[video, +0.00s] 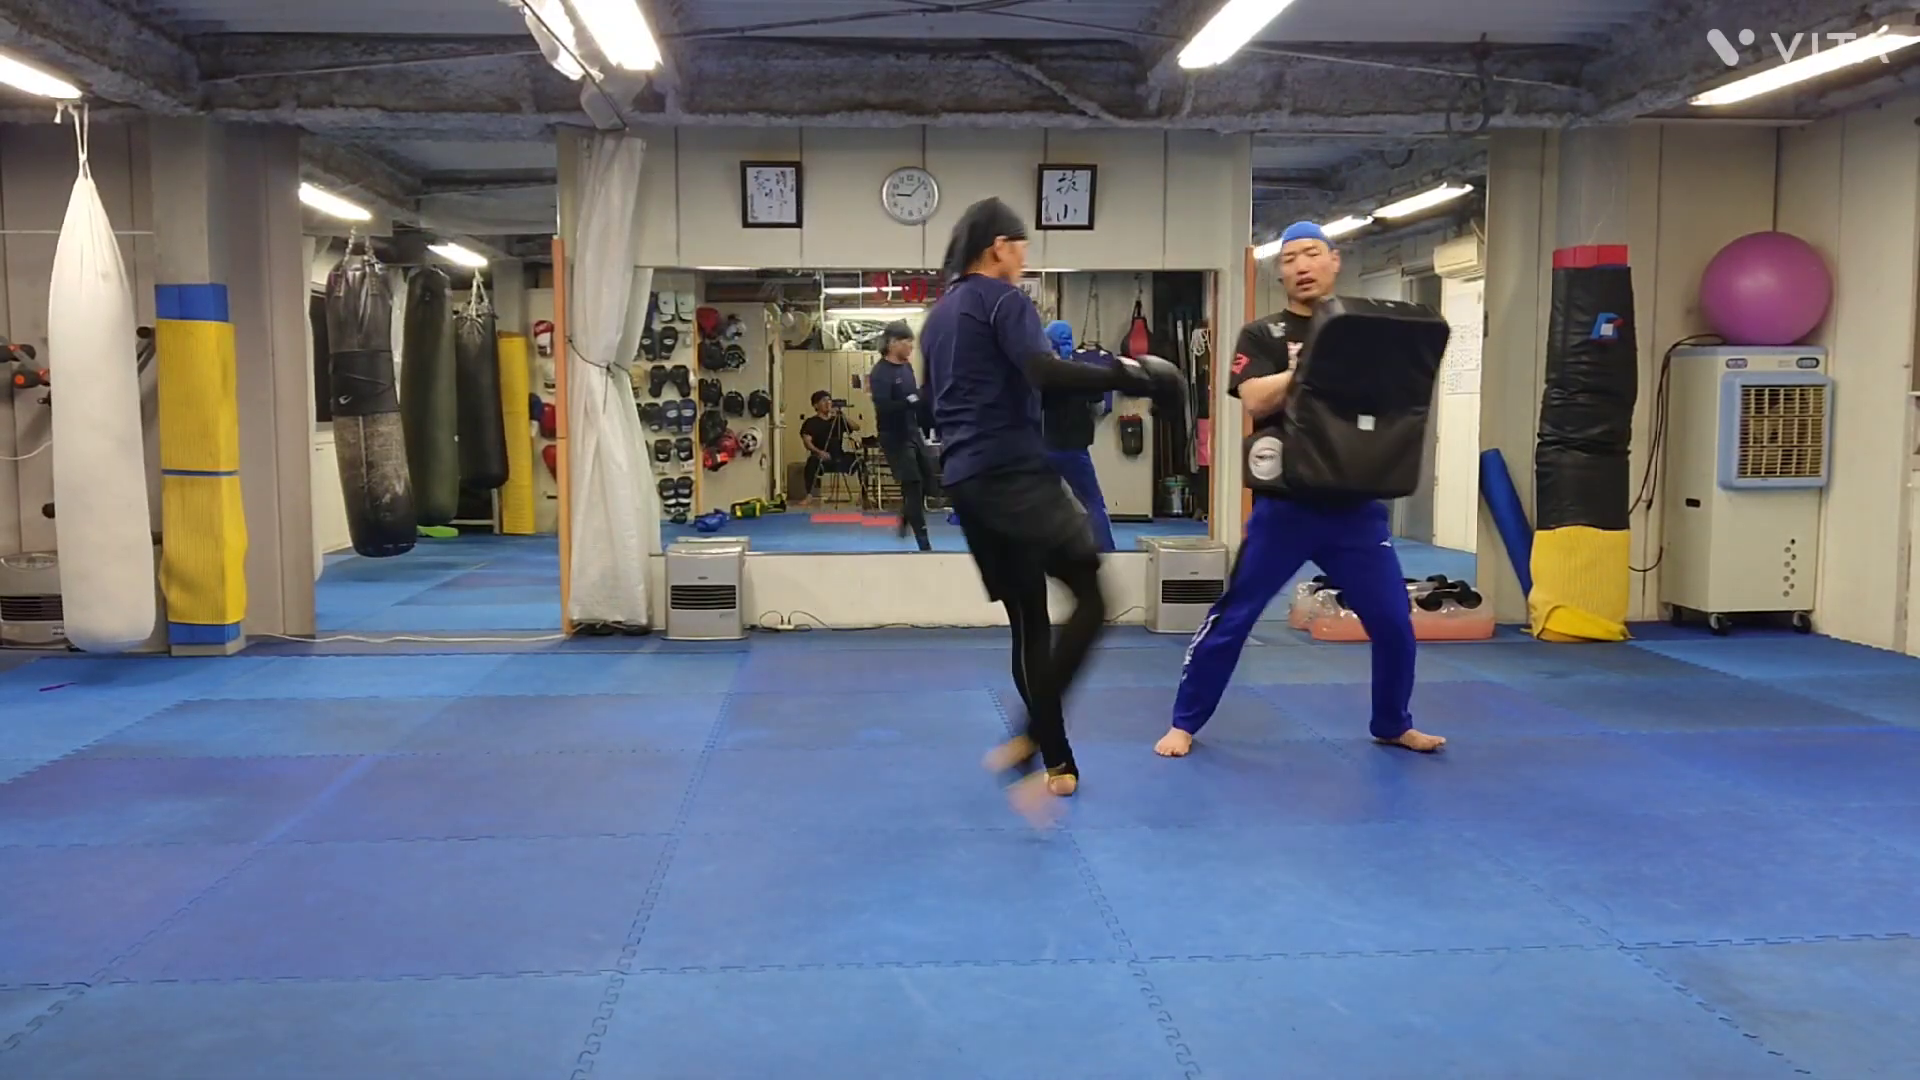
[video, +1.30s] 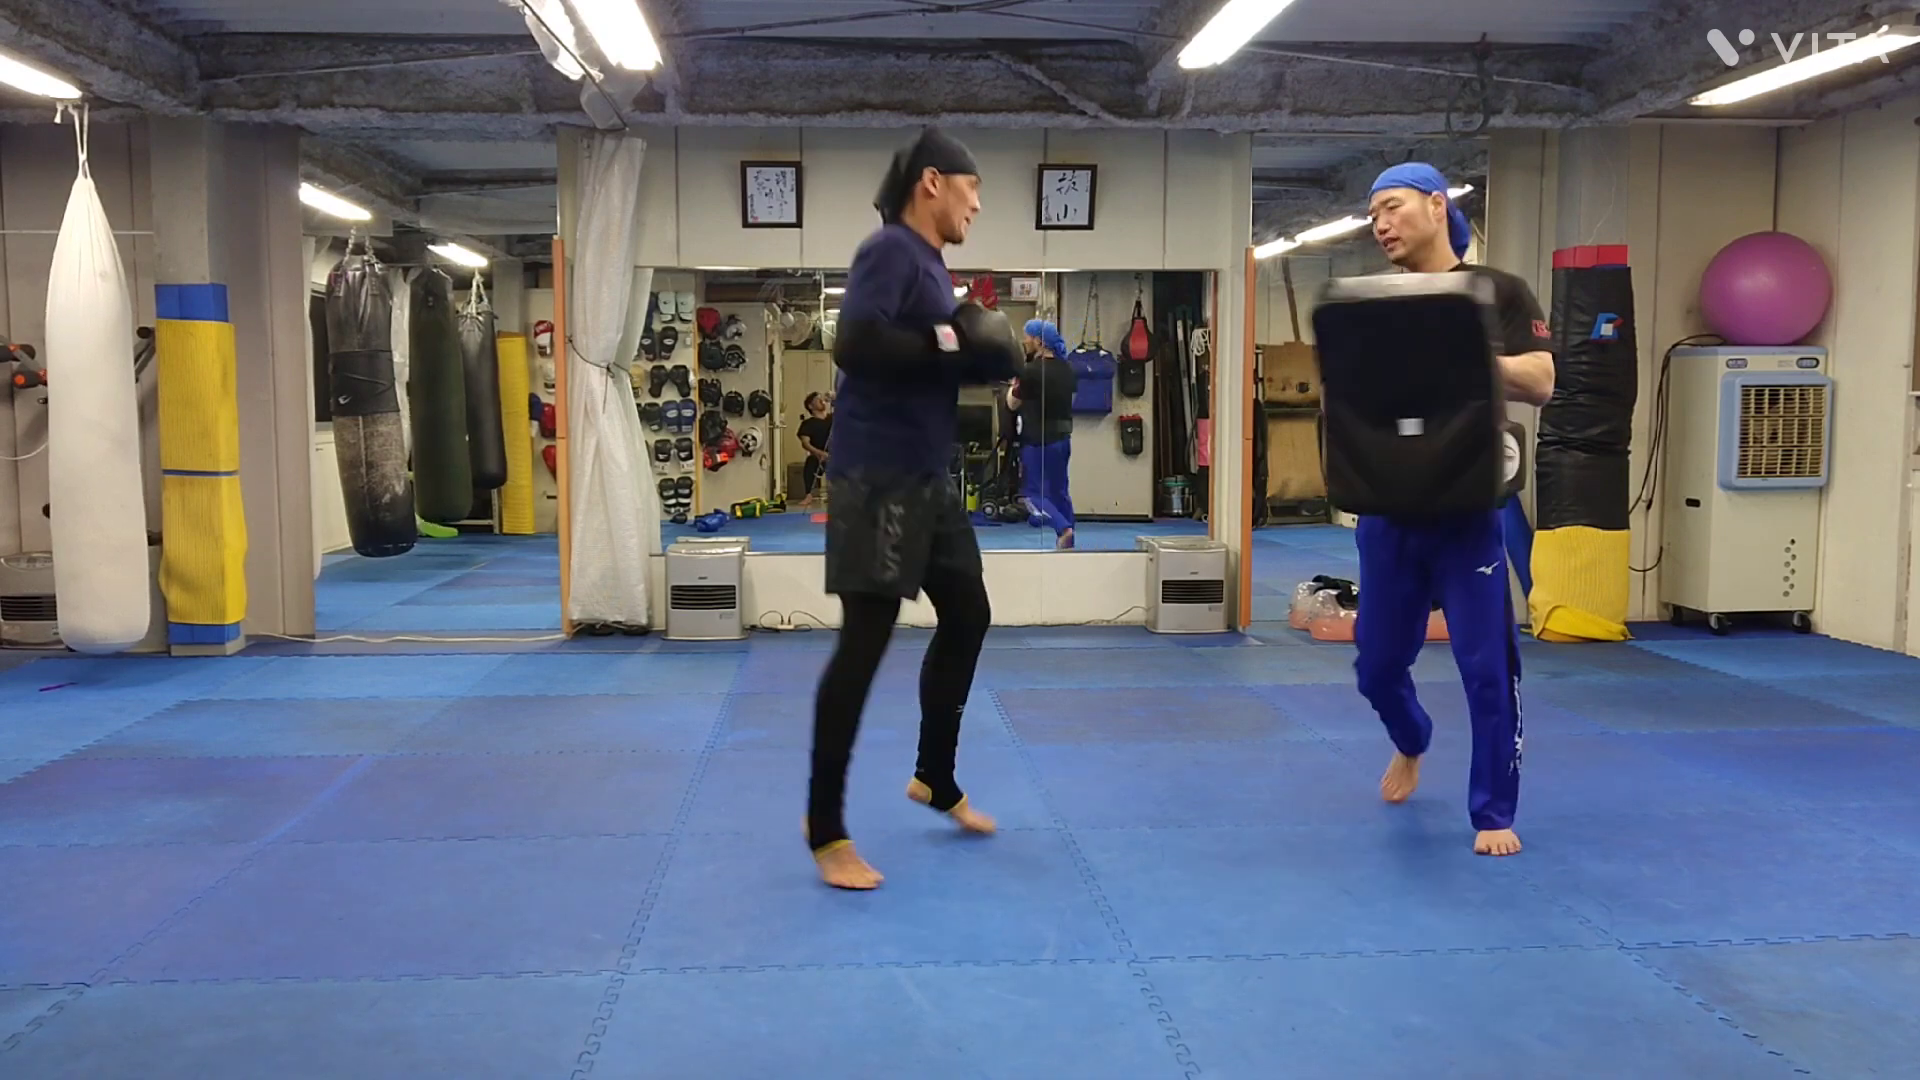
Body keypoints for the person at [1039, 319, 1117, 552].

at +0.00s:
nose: (1068, 345)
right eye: (1068, 341)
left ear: (1048, 342)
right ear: (1070, 341)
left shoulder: (1042, 367)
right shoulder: (1077, 367)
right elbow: (1096, 397)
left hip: (1045, 446)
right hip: (1074, 447)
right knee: (1092, 500)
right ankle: (1105, 547)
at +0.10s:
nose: (1054, 344)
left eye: (1056, 340)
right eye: (1056, 340)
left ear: (1060, 343)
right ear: (1081, 340)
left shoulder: (1052, 373)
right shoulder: (1097, 370)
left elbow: (1038, 406)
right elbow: (1104, 403)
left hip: (1053, 448)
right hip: (1086, 448)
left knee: (1028, 506)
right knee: (1102, 505)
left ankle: (1012, 554)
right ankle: (1109, 556)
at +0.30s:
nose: (1068, 337)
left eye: (1070, 334)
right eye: (1070, 334)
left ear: (1074, 337)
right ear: (1093, 335)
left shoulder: (1062, 368)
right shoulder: (1108, 365)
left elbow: (1051, 405)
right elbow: (1119, 404)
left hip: (1067, 443)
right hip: (1097, 443)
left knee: (1049, 494)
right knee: (1106, 501)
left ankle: (1032, 549)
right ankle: (1110, 552)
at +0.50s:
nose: (1070, 339)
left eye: (1072, 336)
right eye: (1071, 335)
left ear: (1076, 338)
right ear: (1095, 336)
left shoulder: (1065, 367)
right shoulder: (1111, 365)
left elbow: (1055, 401)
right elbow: (1123, 404)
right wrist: (1106, 396)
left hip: (1070, 442)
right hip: (1100, 441)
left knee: (1064, 495)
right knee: (1107, 496)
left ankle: (1067, 546)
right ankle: (1110, 548)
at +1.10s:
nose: (1035, 344)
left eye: (1037, 339)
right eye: (1036, 339)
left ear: (1045, 342)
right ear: (1060, 341)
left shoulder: (1033, 371)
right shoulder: (1079, 369)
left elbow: (1025, 401)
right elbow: (1092, 400)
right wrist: (1070, 403)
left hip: (1045, 438)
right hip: (1073, 436)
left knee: (1056, 493)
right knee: (1074, 487)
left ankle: (1068, 542)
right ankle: (1077, 535)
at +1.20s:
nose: (1030, 343)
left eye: (1033, 339)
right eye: (1031, 338)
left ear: (1043, 342)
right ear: (1057, 342)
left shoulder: (1032, 370)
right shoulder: (1077, 369)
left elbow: (1024, 400)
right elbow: (1083, 400)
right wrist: (1061, 401)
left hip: (1042, 436)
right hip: (1068, 434)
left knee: (1050, 493)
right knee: (1066, 490)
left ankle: (1066, 540)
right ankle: (1071, 535)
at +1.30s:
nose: (1024, 342)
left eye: (1027, 338)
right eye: (1025, 337)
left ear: (1040, 341)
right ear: (1052, 341)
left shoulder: (1031, 370)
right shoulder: (1066, 368)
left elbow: (1013, 403)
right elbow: (1070, 394)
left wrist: (1013, 387)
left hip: (1036, 436)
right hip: (1062, 432)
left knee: (1032, 490)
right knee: (1059, 486)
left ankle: (1062, 526)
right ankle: (1068, 533)